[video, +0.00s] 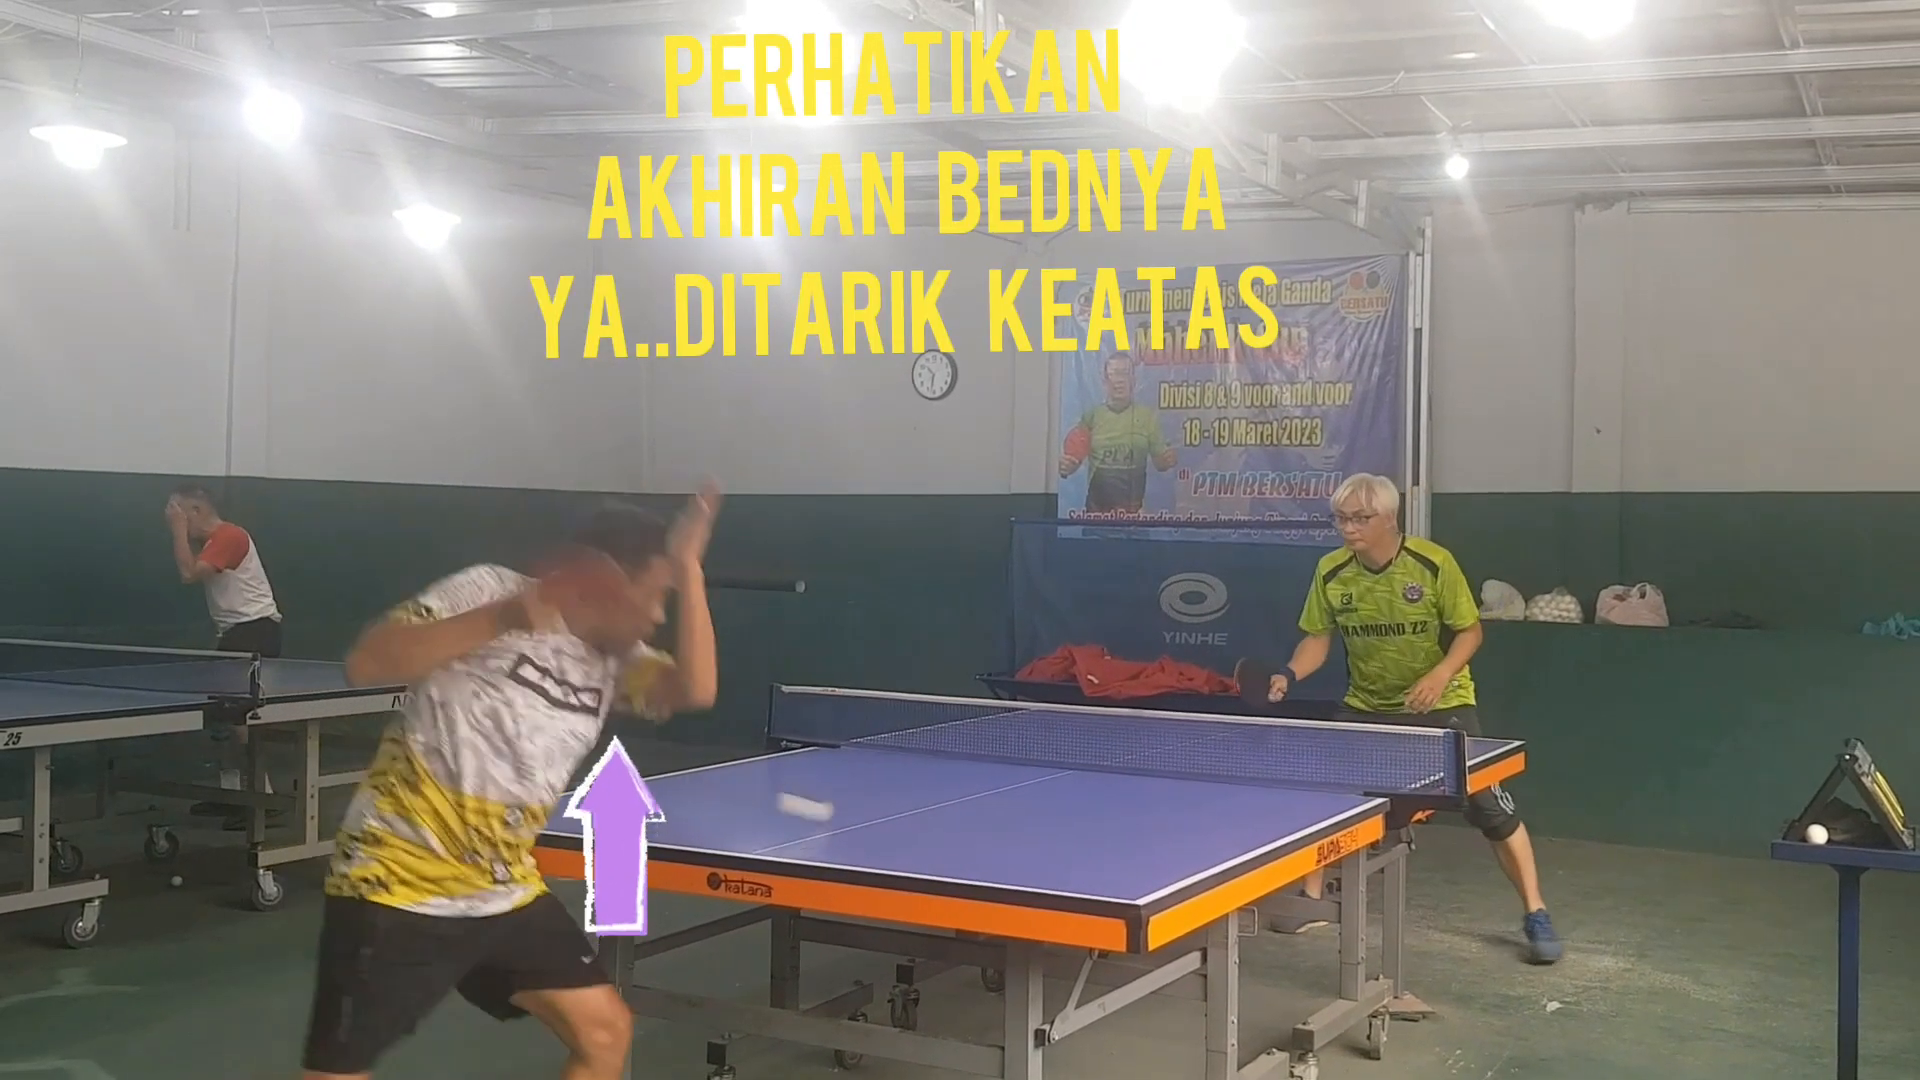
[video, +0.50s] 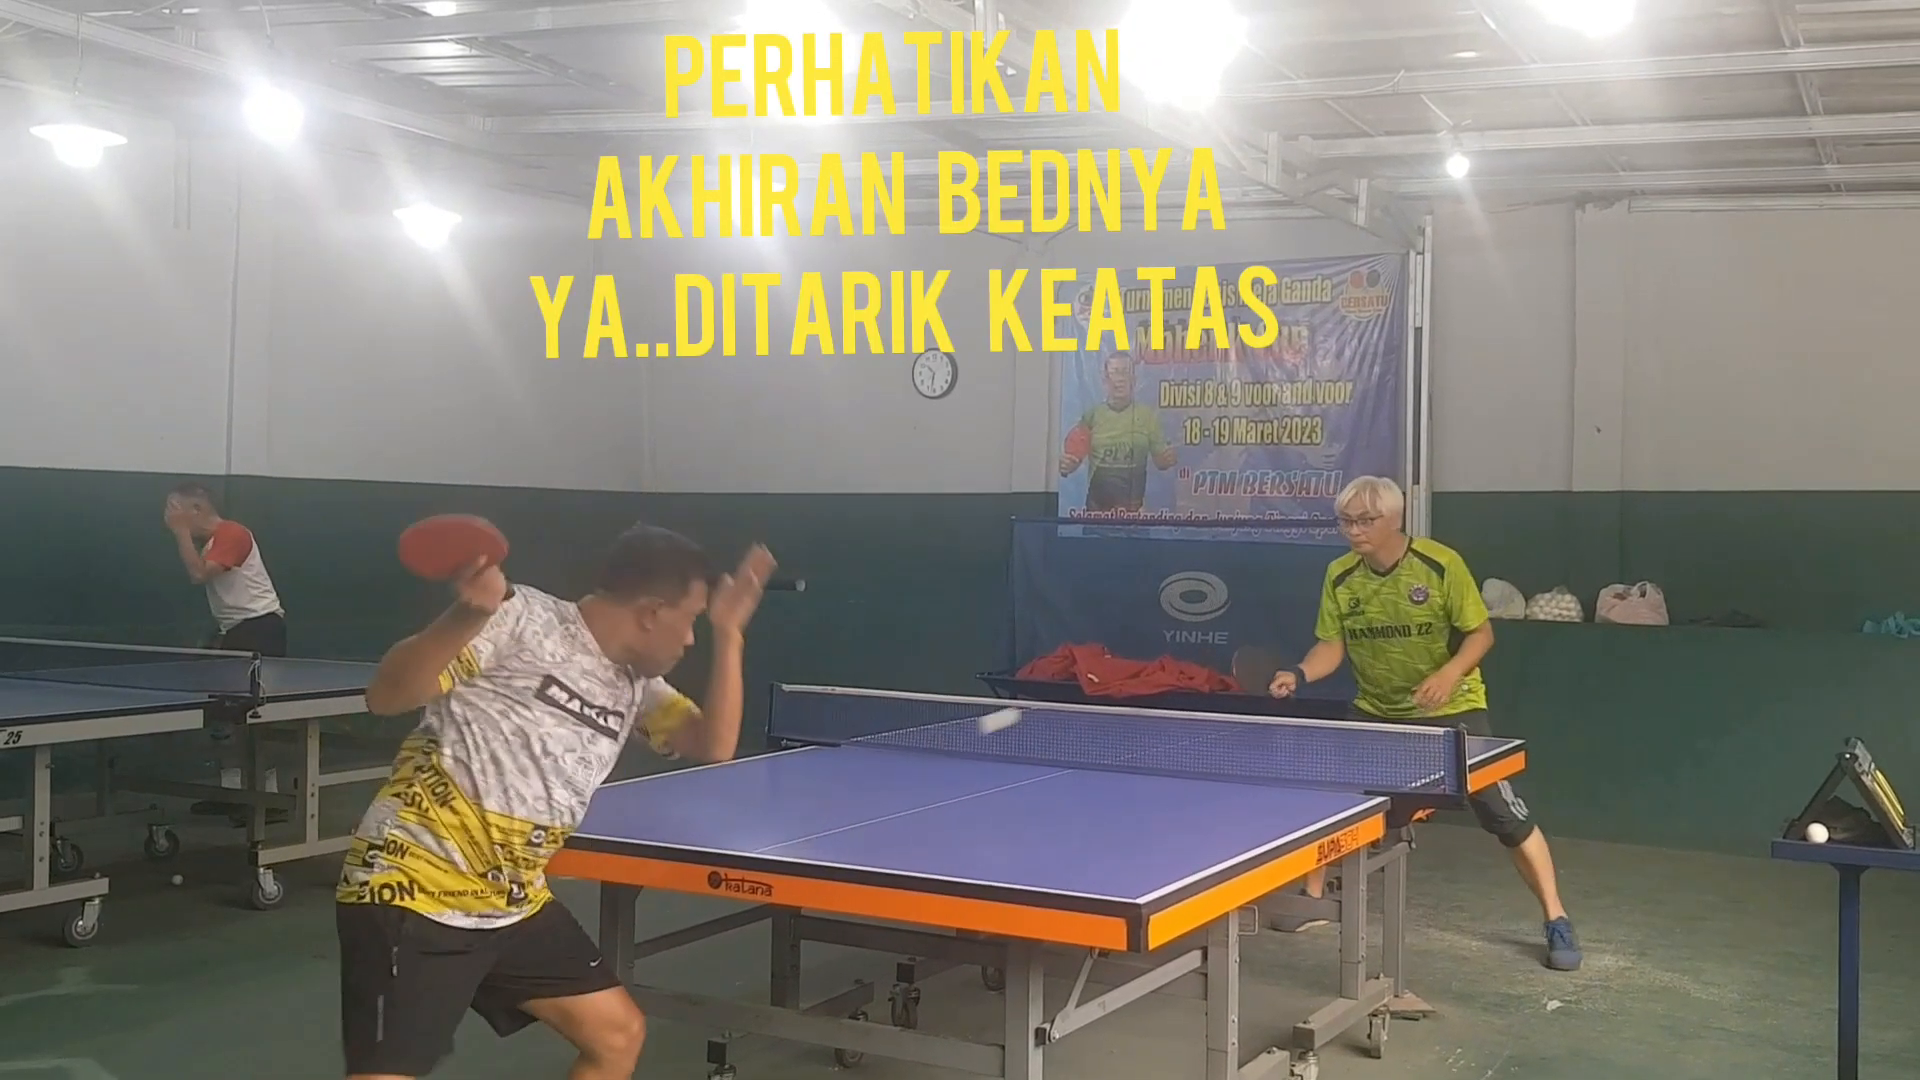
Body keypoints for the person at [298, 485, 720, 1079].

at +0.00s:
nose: (659, 617)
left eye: (666, 600)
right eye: (654, 595)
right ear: (602, 575)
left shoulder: (612, 661)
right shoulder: (490, 591)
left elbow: (696, 690)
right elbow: (366, 662)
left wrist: (687, 566)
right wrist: (502, 616)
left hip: (502, 889)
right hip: (394, 883)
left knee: (606, 1031)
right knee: (333, 1068)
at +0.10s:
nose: (676, 624)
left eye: (682, 609)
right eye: (672, 605)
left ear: (625, 602)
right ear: (624, 597)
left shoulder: (620, 671)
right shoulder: (505, 604)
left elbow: (704, 710)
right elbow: (374, 679)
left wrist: (702, 591)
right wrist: (491, 608)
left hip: (506, 892)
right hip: (401, 887)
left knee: (611, 1033)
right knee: (353, 1071)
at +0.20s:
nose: (676, 625)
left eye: (681, 609)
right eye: (672, 605)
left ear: (625, 601)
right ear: (624, 596)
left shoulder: (615, 671)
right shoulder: (504, 604)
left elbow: (703, 710)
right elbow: (374, 679)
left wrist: (702, 591)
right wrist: (491, 608)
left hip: (506, 892)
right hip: (401, 887)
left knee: (611, 1034)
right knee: (353, 1071)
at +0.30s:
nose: (686, 635)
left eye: (692, 619)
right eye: (683, 615)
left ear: (637, 610)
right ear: (638, 606)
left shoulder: (624, 684)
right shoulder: (512, 611)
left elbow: (711, 729)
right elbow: (380, 689)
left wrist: (717, 614)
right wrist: (475, 607)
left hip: (508, 894)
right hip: (407, 887)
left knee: (615, 1037)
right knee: (370, 1071)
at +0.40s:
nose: (686, 635)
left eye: (692, 619)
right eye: (684, 615)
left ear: (636, 610)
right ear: (637, 605)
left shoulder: (625, 684)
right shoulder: (512, 611)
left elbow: (712, 729)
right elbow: (380, 689)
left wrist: (718, 614)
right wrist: (475, 607)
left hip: (508, 894)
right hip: (407, 887)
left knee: (615, 1037)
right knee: (370, 1071)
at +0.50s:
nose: (693, 641)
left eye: (698, 626)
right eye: (692, 621)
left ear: (646, 614)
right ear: (648, 612)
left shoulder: (632, 687)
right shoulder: (517, 615)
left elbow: (715, 746)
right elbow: (385, 695)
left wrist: (730, 635)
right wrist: (466, 613)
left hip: (510, 897)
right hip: (411, 886)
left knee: (618, 1035)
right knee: (383, 1072)